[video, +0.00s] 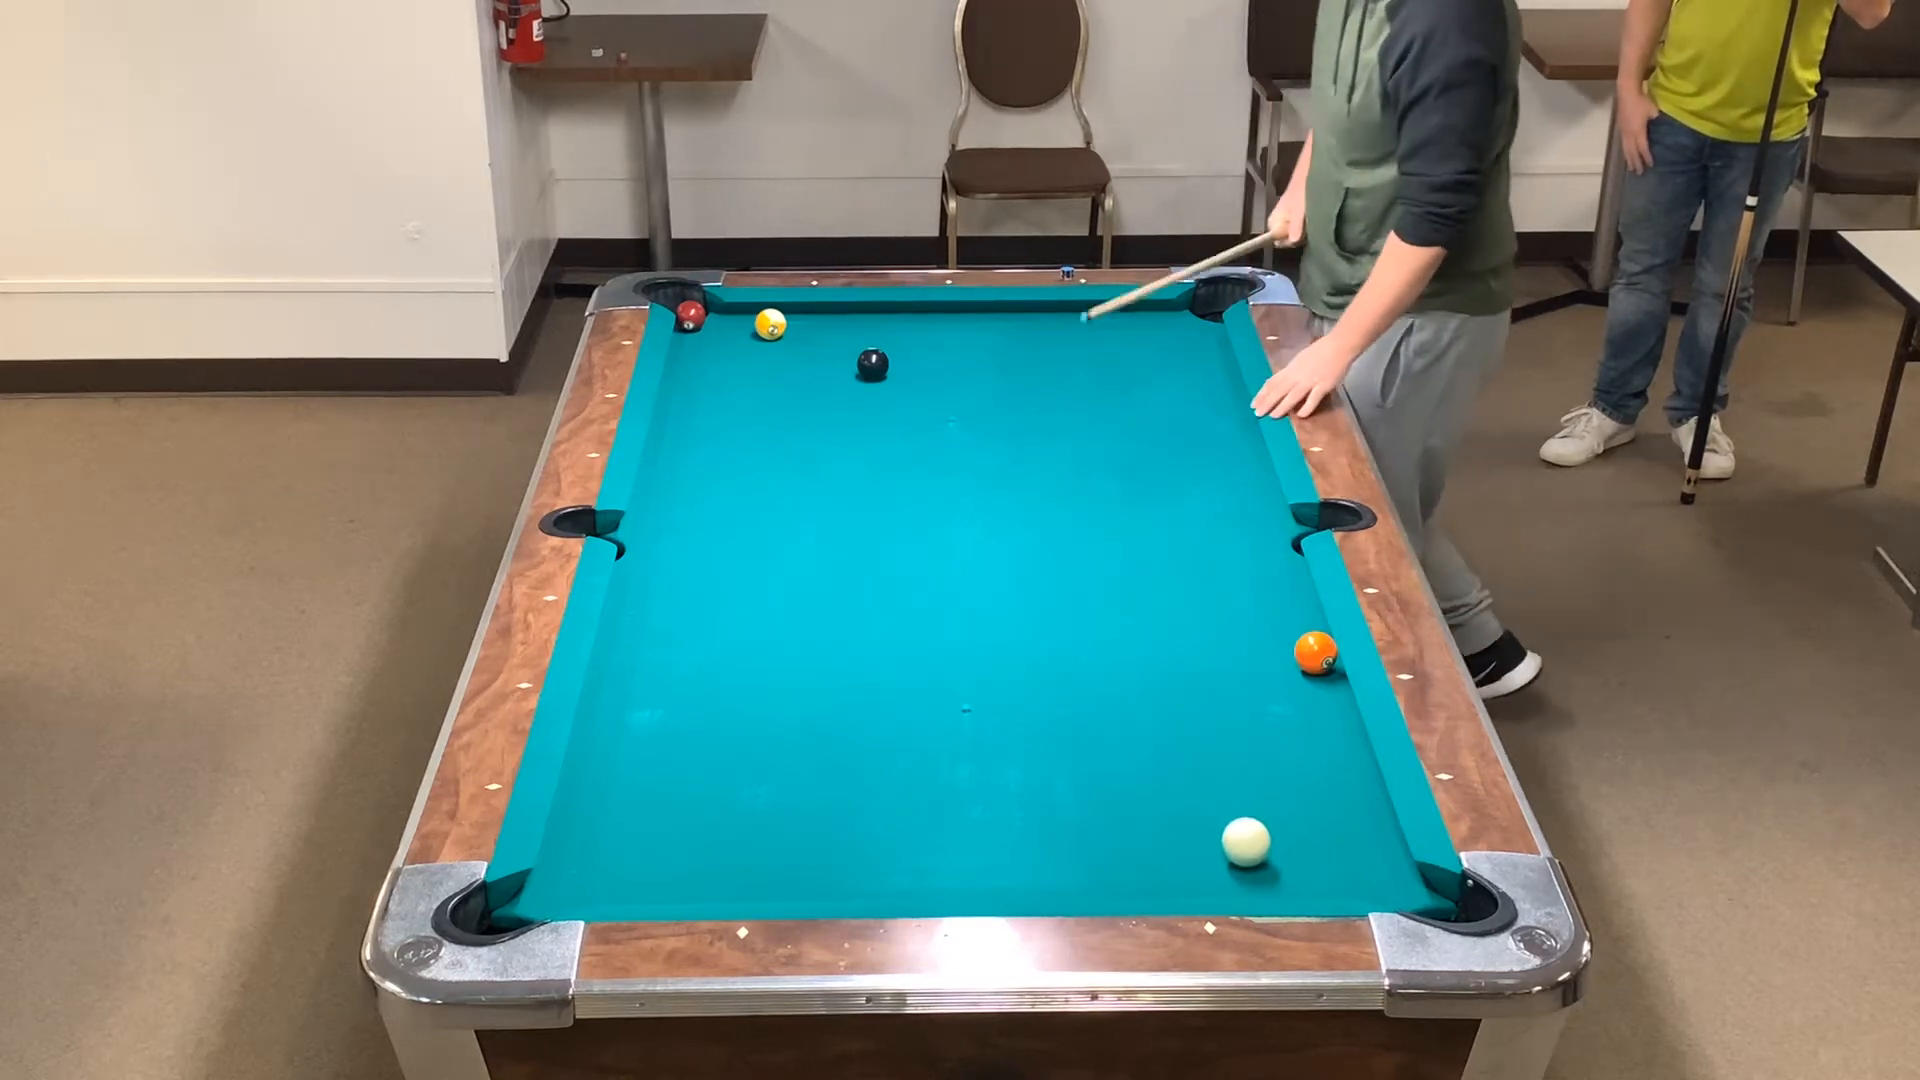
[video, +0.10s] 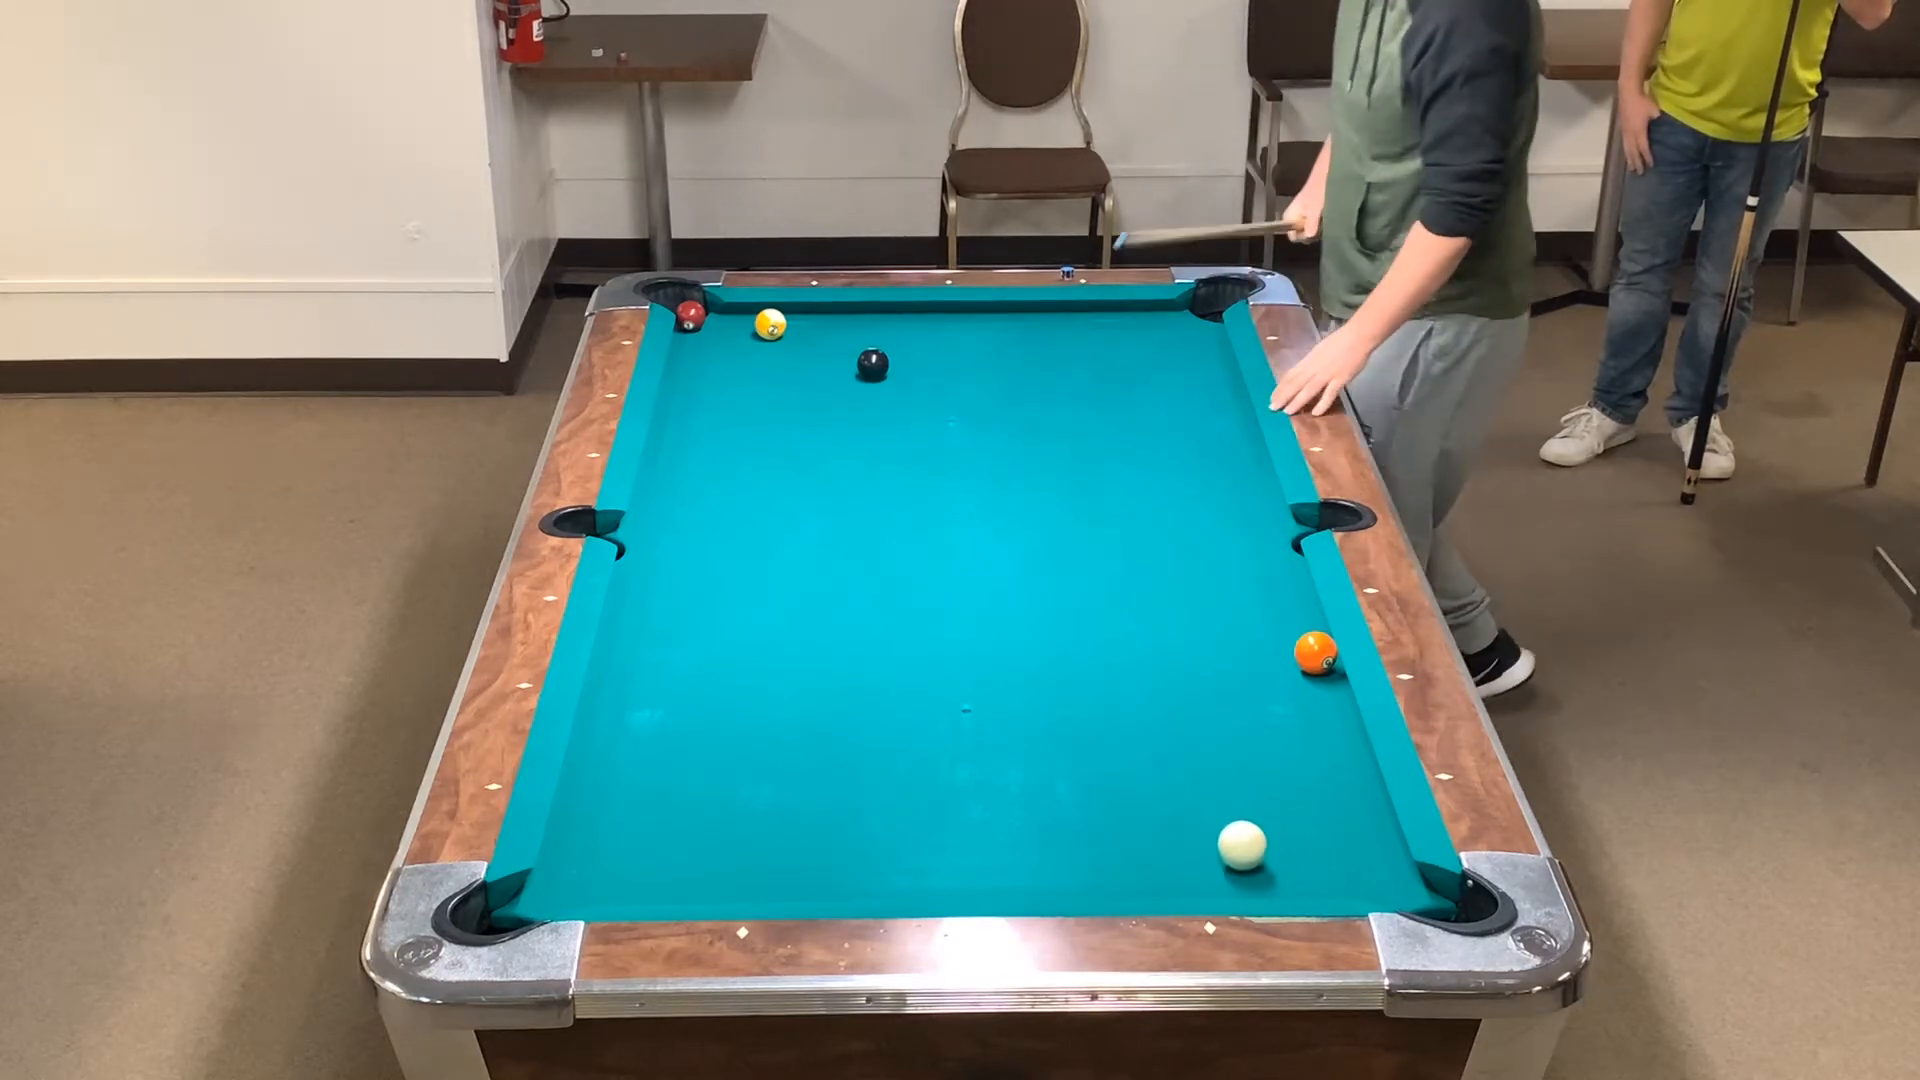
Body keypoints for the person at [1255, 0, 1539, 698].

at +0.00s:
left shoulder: (1450, 21)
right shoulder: (1352, 4)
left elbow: (1433, 217)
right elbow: (1347, 96)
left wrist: (1336, 346)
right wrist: (1303, 183)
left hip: (1428, 312)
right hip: (1359, 287)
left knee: (1377, 517)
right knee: (1371, 493)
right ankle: (1481, 645)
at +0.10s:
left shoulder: (1472, 16)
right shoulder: (1372, 4)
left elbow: (1460, 206)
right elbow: (1371, 96)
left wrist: (1352, 338)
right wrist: (1321, 182)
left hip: (1444, 318)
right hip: (1378, 295)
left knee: (1379, 529)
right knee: (1380, 492)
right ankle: (1478, 648)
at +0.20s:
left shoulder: (1505, 12)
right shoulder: (1392, 5)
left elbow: (1498, 204)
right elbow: (1393, 99)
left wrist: (1381, 333)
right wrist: (1347, 182)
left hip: (1468, 319)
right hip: (1395, 294)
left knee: (1392, 534)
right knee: (1401, 496)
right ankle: (1479, 659)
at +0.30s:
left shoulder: (1543, 11)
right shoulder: (1402, 7)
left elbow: (1551, 191)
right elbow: (1395, 95)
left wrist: (1445, 322)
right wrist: (1367, 195)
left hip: (1506, 305)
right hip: (1416, 281)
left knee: (1408, 518)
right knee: (1444, 488)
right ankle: (1488, 669)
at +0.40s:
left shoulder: (1580, 9)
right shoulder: (1412, 8)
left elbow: (1606, 172)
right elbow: (1400, 83)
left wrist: (1519, 324)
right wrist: (1385, 197)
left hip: (1545, 298)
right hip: (1437, 275)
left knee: (1430, 514)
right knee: (1452, 491)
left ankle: (1375, 696)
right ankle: (1491, 665)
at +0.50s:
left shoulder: (1615, 8)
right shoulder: (1426, 8)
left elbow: (1654, 162)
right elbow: (1408, 79)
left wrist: (1597, 322)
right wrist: (1398, 195)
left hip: (1559, 297)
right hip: (1451, 278)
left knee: (1474, 526)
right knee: (1455, 502)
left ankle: (1483, 691)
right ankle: (1490, 677)